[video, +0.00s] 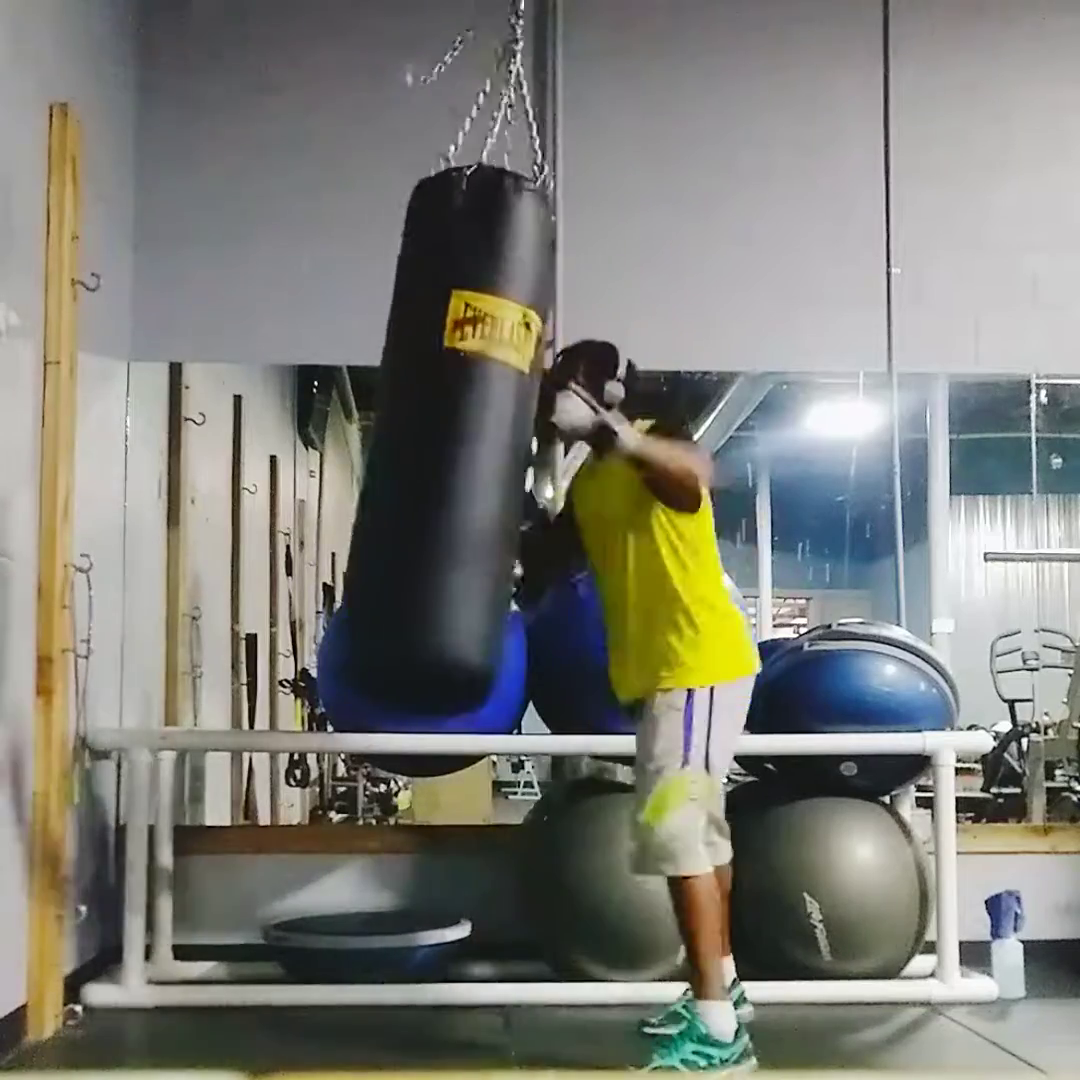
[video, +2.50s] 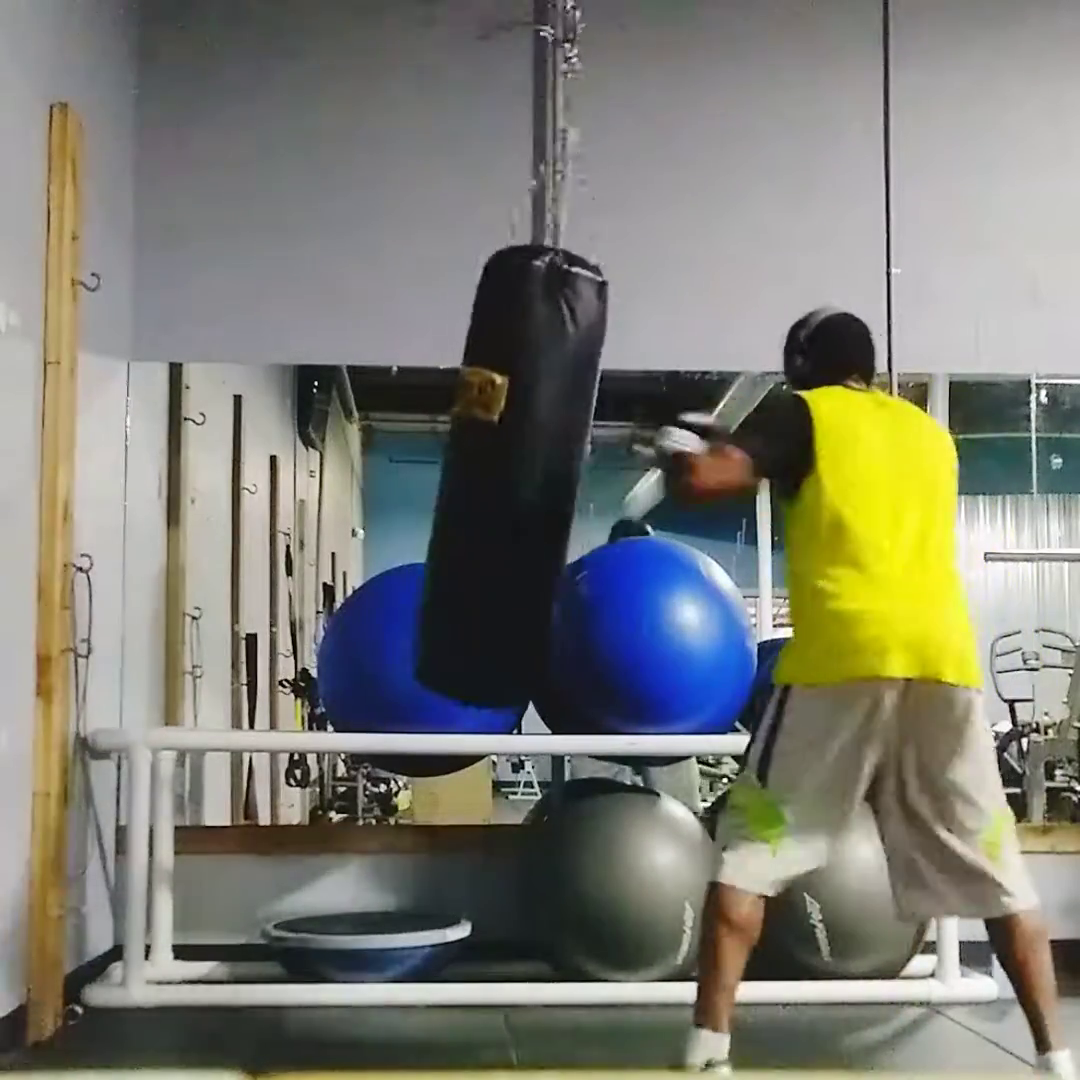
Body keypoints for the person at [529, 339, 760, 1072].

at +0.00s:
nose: (553, 412)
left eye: (562, 396)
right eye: (551, 398)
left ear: (599, 391)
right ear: (578, 400)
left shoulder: (657, 449)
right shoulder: (587, 485)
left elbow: (695, 482)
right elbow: (537, 569)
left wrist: (613, 432)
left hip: (700, 666)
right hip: (662, 672)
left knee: (677, 831)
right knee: (696, 834)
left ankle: (715, 1019)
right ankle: (717, 995)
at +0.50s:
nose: (674, 388)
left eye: (684, 376)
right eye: (678, 377)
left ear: (719, 383)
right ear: (715, 385)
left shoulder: (769, 460)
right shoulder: (695, 481)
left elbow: (834, 564)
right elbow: (692, 596)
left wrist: (725, 561)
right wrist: (637, 541)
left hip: (772, 680)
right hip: (733, 682)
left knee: (695, 834)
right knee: (798, 848)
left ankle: (716, 1029)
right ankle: (906, 997)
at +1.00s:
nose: (770, 367)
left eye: (784, 356)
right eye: (772, 355)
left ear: (824, 367)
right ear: (803, 367)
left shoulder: (861, 429)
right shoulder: (789, 445)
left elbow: (915, 520)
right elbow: (752, 561)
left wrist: (804, 485)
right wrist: (727, 498)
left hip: (876, 656)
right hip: (850, 657)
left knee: (832, 824)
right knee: (894, 836)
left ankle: (850, 1015)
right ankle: (923, 1013)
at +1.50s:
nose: (801, 394)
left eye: (804, 378)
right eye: (800, 383)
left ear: (836, 371)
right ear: (870, 367)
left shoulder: (894, 414)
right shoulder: (879, 432)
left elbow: (819, 449)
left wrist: (749, 425)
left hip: (922, 659)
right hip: (957, 655)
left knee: (879, 837)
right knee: (1002, 842)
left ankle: (883, 1037)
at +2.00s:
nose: (852, 413)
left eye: (853, 400)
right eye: (850, 403)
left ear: (874, 392)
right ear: (926, 383)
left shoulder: (916, 425)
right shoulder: (963, 435)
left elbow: (877, 512)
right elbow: (881, 516)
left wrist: (821, 468)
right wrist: (829, 476)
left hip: (937, 669)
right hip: (1021, 673)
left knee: (833, 840)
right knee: (1060, 875)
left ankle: (845, 1029)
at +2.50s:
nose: (790, 389)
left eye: (789, 378)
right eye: (790, 381)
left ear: (803, 371)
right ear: (872, 370)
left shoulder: (804, 407)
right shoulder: (935, 435)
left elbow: (701, 481)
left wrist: (679, 446)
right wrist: (744, 450)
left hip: (839, 651)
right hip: (948, 655)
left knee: (759, 841)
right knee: (995, 863)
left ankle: (709, 1041)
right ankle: (1056, 1054)